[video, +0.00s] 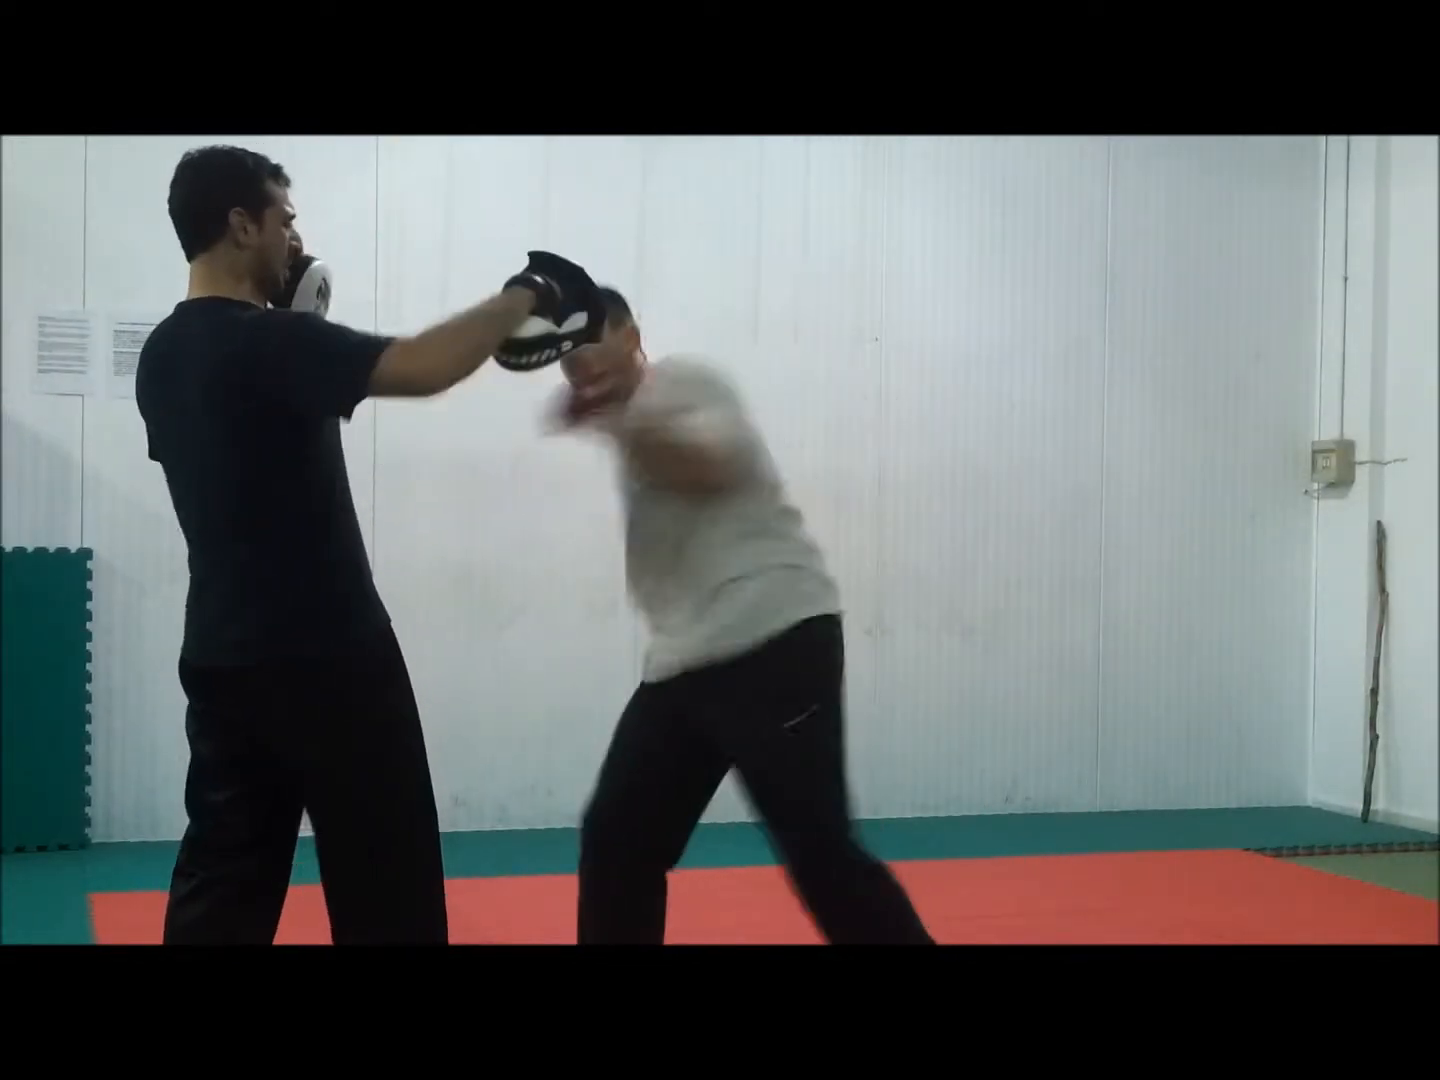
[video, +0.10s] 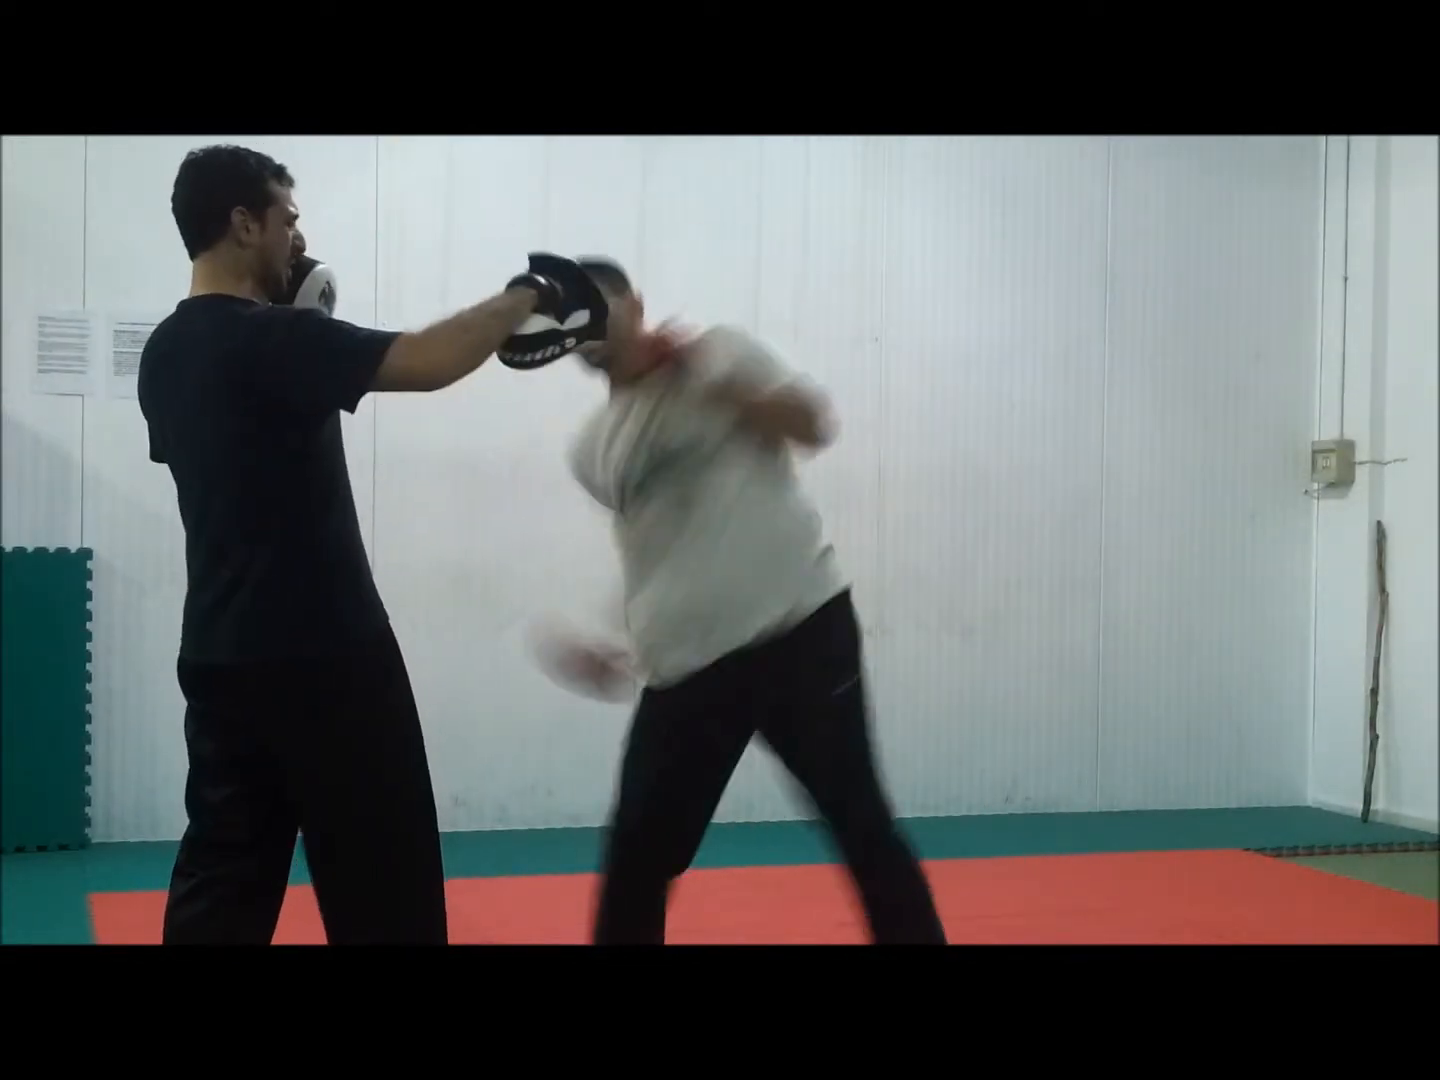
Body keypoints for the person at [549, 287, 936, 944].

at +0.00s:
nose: (582, 369)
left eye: (596, 348)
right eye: (569, 357)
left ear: (634, 339)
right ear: (562, 365)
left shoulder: (686, 385)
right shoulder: (635, 425)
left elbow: (719, 468)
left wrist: (621, 423)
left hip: (776, 636)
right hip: (688, 659)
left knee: (821, 853)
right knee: (619, 843)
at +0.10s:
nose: (591, 333)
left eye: (602, 310)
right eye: (577, 323)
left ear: (635, 303)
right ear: (572, 339)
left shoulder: (716, 355)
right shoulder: (594, 443)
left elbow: (816, 423)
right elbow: (663, 565)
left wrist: (722, 387)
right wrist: (627, 653)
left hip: (799, 632)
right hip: (692, 672)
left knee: (867, 836)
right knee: (634, 867)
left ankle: (917, 940)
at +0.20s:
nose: (575, 313)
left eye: (584, 293)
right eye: (567, 305)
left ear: (632, 283)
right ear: (566, 322)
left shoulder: (725, 351)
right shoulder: (597, 398)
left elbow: (826, 434)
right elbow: (602, 482)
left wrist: (745, 352)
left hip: (811, 589)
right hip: (708, 617)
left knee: (881, 801)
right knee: (670, 830)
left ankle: (916, 936)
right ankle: (654, 944)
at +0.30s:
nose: (579, 302)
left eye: (590, 281)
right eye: (571, 295)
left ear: (640, 280)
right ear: (576, 316)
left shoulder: (735, 341)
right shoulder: (595, 396)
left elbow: (827, 451)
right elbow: (639, 487)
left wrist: (754, 375)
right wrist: (620, 371)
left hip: (801, 609)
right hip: (695, 634)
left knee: (882, 826)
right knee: (642, 851)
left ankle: (914, 939)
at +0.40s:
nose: (582, 321)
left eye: (593, 299)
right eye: (579, 306)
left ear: (647, 292)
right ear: (634, 300)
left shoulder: (762, 377)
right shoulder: (612, 406)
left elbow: (838, 483)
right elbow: (591, 544)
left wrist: (759, 473)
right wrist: (586, 452)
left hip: (772, 646)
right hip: (674, 647)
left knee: (824, 843)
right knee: (600, 844)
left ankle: (901, 941)